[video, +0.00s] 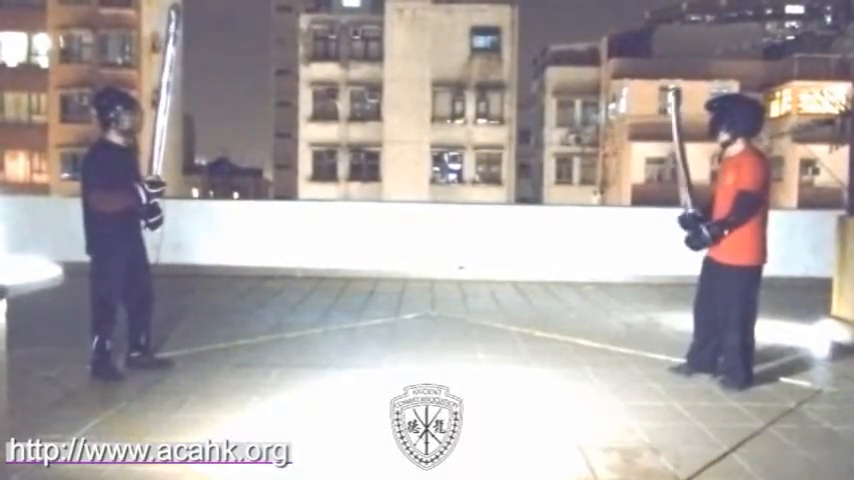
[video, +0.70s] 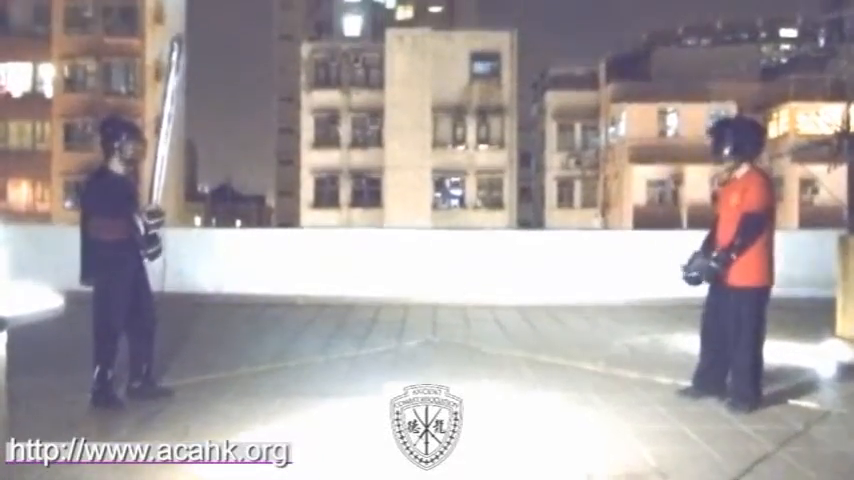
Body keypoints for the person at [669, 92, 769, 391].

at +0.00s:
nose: (714, 127)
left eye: (719, 121)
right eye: (715, 121)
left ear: (733, 126)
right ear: (731, 126)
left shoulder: (752, 162)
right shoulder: (723, 160)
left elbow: (746, 206)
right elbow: (719, 201)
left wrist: (714, 230)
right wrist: (701, 216)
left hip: (743, 254)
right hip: (719, 250)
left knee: (736, 315)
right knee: (707, 308)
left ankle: (736, 371)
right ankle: (701, 359)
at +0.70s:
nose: (719, 150)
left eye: (724, 143)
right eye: (719, 143)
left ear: (740, 145)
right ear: (726, 146)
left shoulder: (756, 182)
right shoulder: (727, 183)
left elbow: (753, 224)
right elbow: (719, 225)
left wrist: (725, 257)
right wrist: (703, 254)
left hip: (749, 276)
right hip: (724, 272)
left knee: (744, 336)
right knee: (715, 329)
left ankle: (744, 393)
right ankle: (708, 382)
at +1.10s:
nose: (706, 192)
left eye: (710, 185)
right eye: (705, 186)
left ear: (727, 182)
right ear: (711, 185)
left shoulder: (754, 212)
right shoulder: (719, 218)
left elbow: (746, 255)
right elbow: (717, 259)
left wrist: (721, 288)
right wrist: (710, 291)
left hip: (756, 306)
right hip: (729, 304)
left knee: (753, 367)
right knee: (717, 361)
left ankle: (749, 422)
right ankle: (709, 411)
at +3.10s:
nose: (718, 188)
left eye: (721, 181)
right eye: (717, 182)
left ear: (736, 178)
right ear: (733, 180)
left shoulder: (766, 207)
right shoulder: (736, 212)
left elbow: (760, 249)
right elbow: (730, 255)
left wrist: (733, 285)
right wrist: (719, 286)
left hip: (764, 302)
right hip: (739, 300)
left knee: (761, 363)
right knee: (727, 356)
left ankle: (757, 420)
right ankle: (719, 408)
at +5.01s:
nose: (710, 183)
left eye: (713, 176)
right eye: (709, 177)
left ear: (729, 173)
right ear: (725, 175)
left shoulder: (760, 203)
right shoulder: (727, 206)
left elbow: (752, 246)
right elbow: (722, 248)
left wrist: (725, 281)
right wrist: (711, 280)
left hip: (755, 295)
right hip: (730, 292)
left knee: (752, 357)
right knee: (719, 349)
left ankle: (750, 414)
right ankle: (712, 402)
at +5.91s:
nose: (706, 168)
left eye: (709, 161)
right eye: (705, 161)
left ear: (725, 158)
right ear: (723, 160)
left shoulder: (754, 189)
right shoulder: (722, 194)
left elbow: (748, 229)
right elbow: (717, 235)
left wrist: (721, 264)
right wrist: (707, 267)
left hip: (749, 279)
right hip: (724, 277)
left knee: (746, 339)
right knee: (715, 333)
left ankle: (745, 393)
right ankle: (709, 384)